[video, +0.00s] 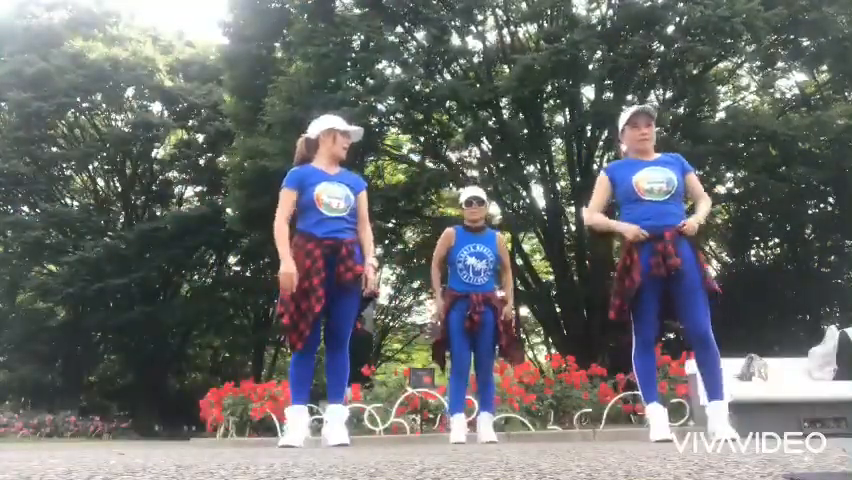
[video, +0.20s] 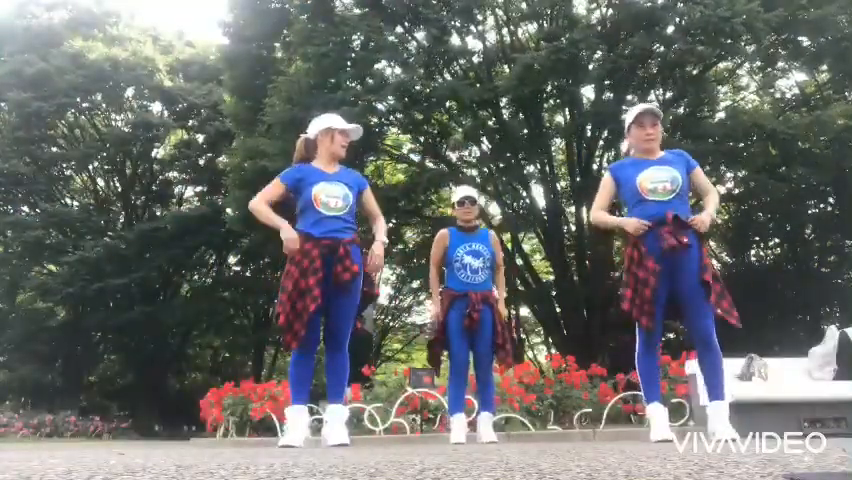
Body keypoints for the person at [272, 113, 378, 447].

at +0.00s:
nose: (349, 143)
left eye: (349, 138)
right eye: (343, 137)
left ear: (341, 141)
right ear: (326, 139)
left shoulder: (356, 182)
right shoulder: (299, 174)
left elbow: (364, 226)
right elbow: (281, 219)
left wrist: (370, 261)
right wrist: (286, 260)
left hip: (349, 257)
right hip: (309, 255)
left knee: (339, 338)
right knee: (306, 338)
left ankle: (336, 417)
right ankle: (297, 418)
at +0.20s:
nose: (347, 141)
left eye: (348, 137)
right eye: (341, 135)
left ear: (341, 142)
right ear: (322, 138)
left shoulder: (355, 179)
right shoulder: (299, 173)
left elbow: (377, 218)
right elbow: (257, 203)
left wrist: (379, 243)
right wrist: (284, 226)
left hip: (347, 259)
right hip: (309, 257)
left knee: (339, 340)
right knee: (305, 339)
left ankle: (336, 419)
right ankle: (297, 419)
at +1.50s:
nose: (340, 137)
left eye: (343, 132)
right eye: (333, 131)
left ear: (347, 137)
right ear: (317, 136)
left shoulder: (359, 167)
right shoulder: (299, 162)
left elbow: (391, 184)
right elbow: (251, 167)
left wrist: (374, 195)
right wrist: (278, 181)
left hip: (346, 255)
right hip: (308, 253)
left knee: (338, 339)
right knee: (305, 338)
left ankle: (336, 420)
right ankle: (298, 420)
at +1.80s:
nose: (336, 138)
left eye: (340, 133)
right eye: (330, 133)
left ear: (346, 138)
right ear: (315, 138)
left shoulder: (355, 168)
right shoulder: (302, 168)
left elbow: (391, 184)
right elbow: (271, 183)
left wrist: (361, 200)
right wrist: (308, 181)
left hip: (345, 254)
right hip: (307, 254)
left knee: (338, 340)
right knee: (305, 340)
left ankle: (335, 420)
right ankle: (297, 420)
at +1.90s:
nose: (343, 135)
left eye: (344, 131)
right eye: (336, 130)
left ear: (343, 138)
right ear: (319, 136)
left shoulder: (357, 174)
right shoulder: (297, 173)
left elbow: (369, 211)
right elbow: (287, 214)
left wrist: (359, 237)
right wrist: (302, 220)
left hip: (347, 259)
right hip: (310, 259)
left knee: (339, 341)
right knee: (306, 340)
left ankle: (336, 417)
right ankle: (297, 417)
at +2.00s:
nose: (345, 135)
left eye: (346, 131)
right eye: (338, 130)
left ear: (344, 137)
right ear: (320, 135)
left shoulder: (358, 175)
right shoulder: (297, 173)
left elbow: (362, 221)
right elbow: (284, 223)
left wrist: (360, 261)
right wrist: (291, 260)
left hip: (345, 257)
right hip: (307, 256)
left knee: (339, 341)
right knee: (306, 341)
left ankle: (336, 418)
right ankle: (297, 419)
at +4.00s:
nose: (328, 139)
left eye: (333, 134)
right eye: (322, 134)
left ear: (340, 139)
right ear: (309, 138)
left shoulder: (348, 180)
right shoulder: (293, 172)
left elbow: (361, 223)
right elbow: (280, 216)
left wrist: (353, 242)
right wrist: (285, 255)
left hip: (340, 254)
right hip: (303, 251)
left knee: (341, 331)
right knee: (302, 333)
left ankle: (336, 416)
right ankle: (297, 417)